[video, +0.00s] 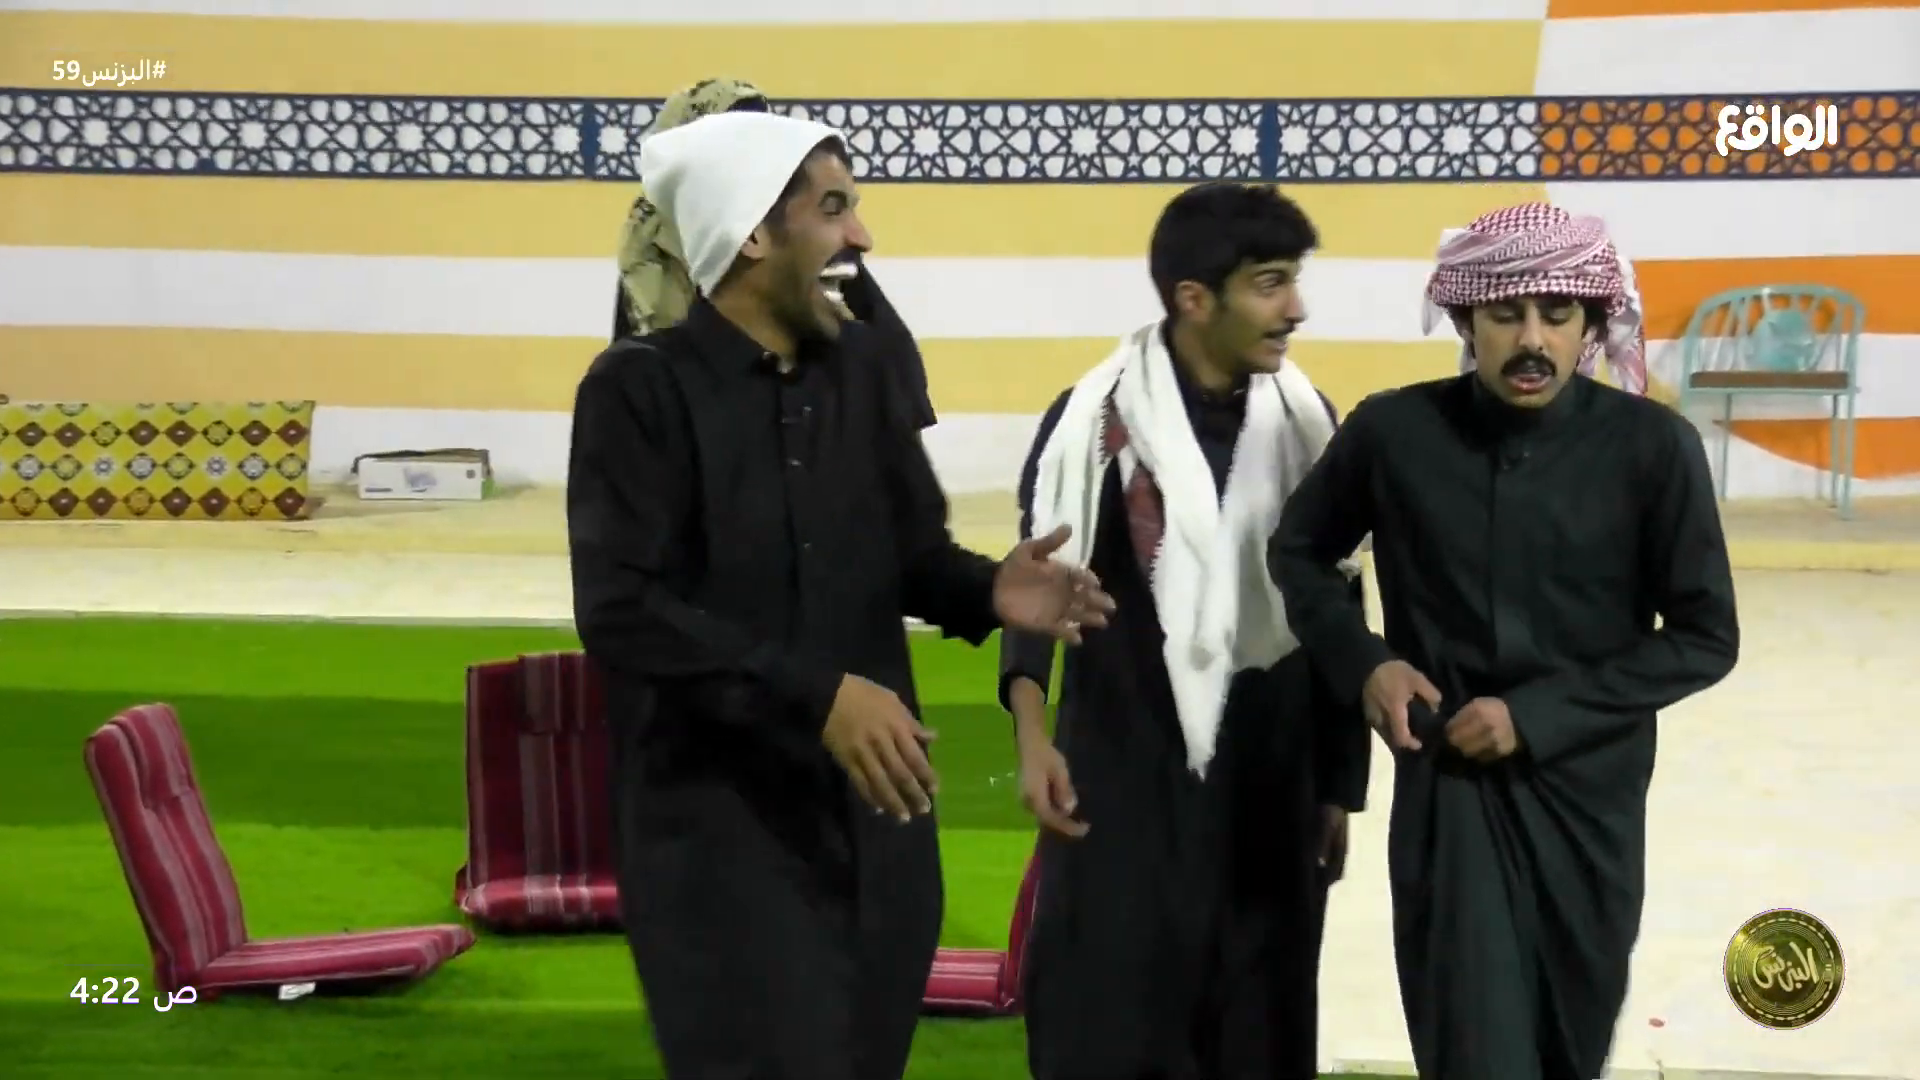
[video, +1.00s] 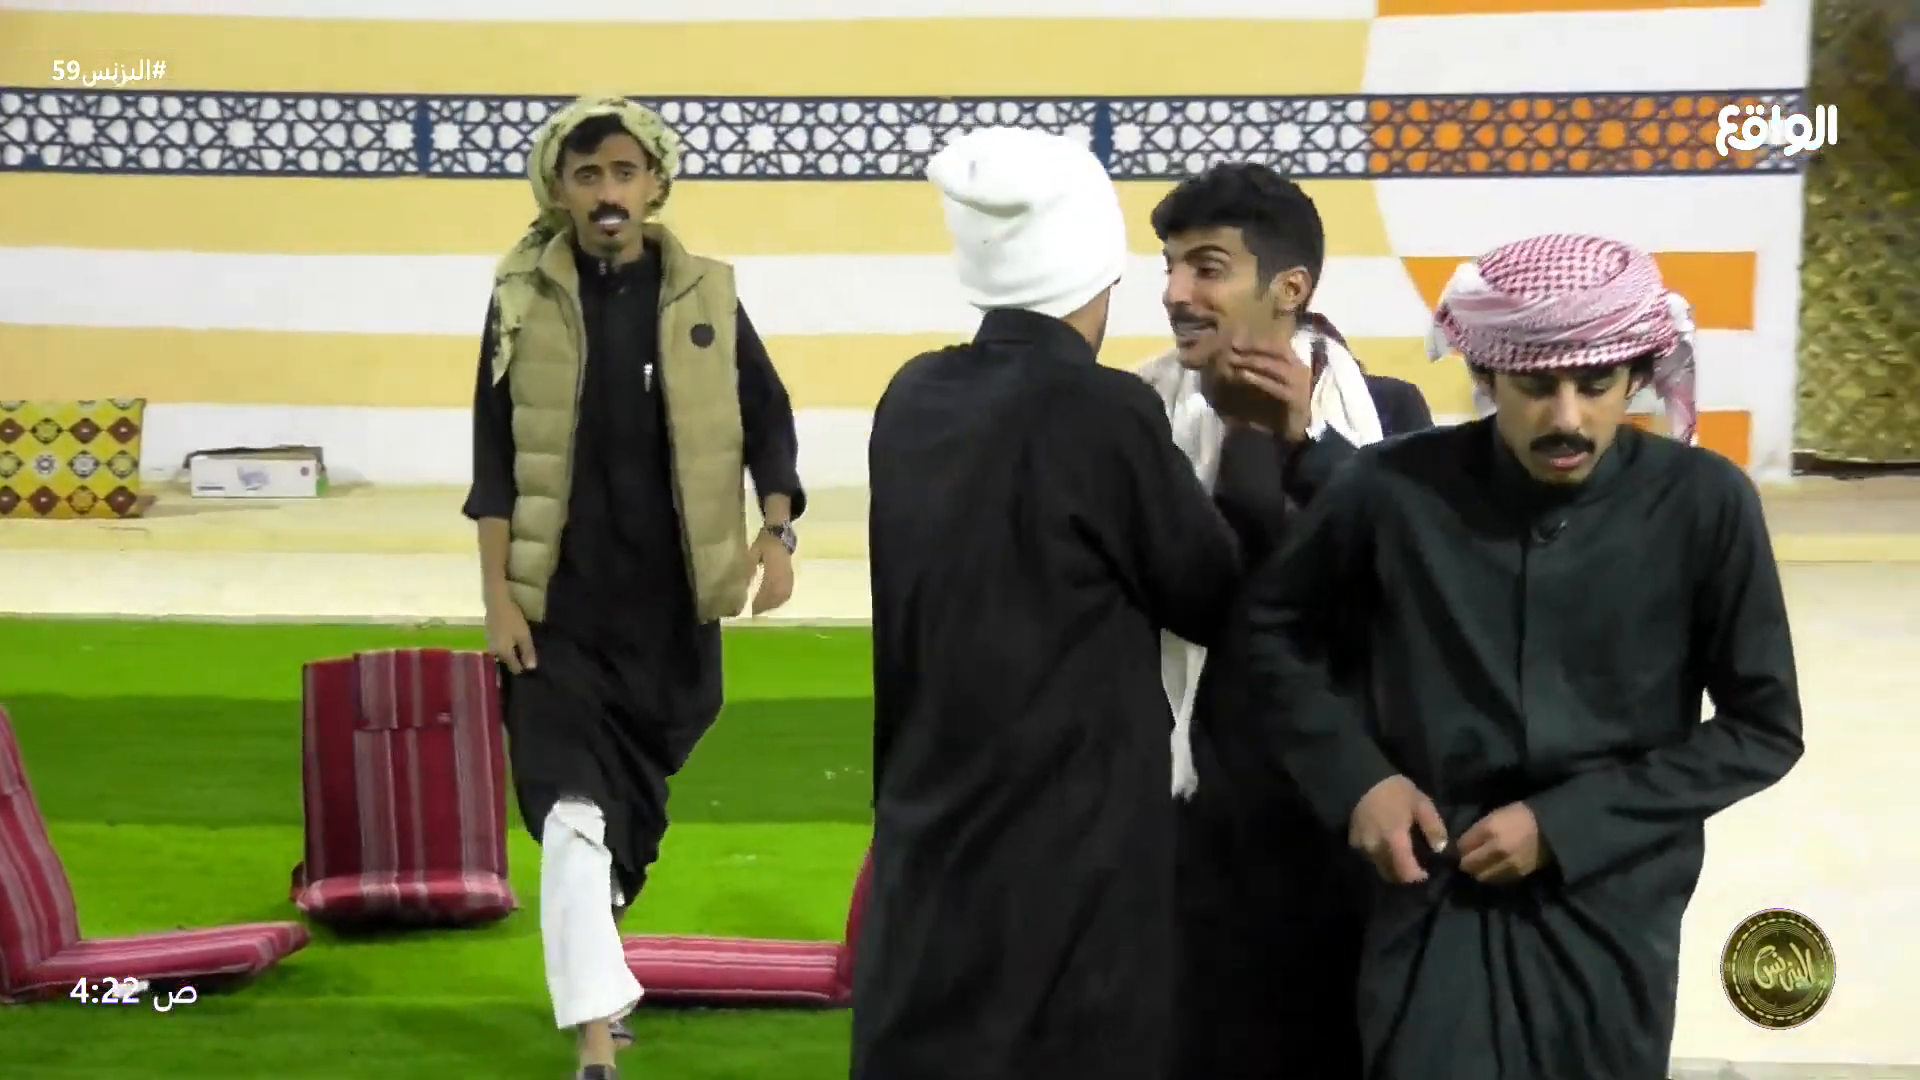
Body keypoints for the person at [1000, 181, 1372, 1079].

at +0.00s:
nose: (1295, 307)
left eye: (1295, 281)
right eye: (1272, 285)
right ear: (1191, 298)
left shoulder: (1307, 423)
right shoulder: (1087, 422)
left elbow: (1336, 611)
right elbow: (1035, 591)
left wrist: (1339, 790)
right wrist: (1033, 737)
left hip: (1269, 779)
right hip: (1127, 772)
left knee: (1257, 1021)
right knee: (1116, 1019)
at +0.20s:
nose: (1315, 295)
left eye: (1328, 269)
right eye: (1287, 270)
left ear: (1342, 271)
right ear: (1217, 275)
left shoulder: (1348, 406)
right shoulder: (1128, 410)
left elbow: (1381, 611)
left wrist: (1375, 797)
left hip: (1299, 808)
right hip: (1150, 809)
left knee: (1292, 1056)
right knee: (1159, 1052)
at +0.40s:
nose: (1273, 318)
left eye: (1297, 290)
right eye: (1246, 292)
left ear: (1328, 296)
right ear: (1202, 302)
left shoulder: (1372, 431)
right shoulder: (1136, 444)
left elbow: (1418, 639)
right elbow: (1073, 631)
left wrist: (1406, 840)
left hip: (1328, 842)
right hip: (1178, 842)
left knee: (1313, 1060)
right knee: (1189, 1056)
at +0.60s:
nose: (1262, 316)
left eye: (1285, 284)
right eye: (1230, 289)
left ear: (1313, 287)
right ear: (1184, 299)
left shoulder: (1365, 413)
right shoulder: (1131, 447)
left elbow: (1428, 581)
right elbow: (1099, 636)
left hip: (1360, 821)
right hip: (1202, 841)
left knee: (1365, 1041)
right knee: (1213, 1040)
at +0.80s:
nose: (1235, 304)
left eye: (1260, 276)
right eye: (1207, 277)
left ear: (1297, 286)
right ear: (1165, 286)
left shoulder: (1359, 412)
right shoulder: (1113, 424)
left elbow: (1427, 595)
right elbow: (1093, 610)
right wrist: (1133, 496)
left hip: (1327, 809)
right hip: (1169, 813)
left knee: (1334, 1034)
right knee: (1189, 1035)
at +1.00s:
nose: (1177, 294)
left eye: (1210, 268)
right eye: (1173, 266)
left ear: (1292, 287)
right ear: (1162, 272)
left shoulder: (1382, 413)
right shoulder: (1135, 412)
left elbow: (1408, 585)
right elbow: (1098, 587)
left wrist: (1304, 446)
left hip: (1315, 809)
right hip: (1159, 807)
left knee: (1306, 1044)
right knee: (1163, 1035)